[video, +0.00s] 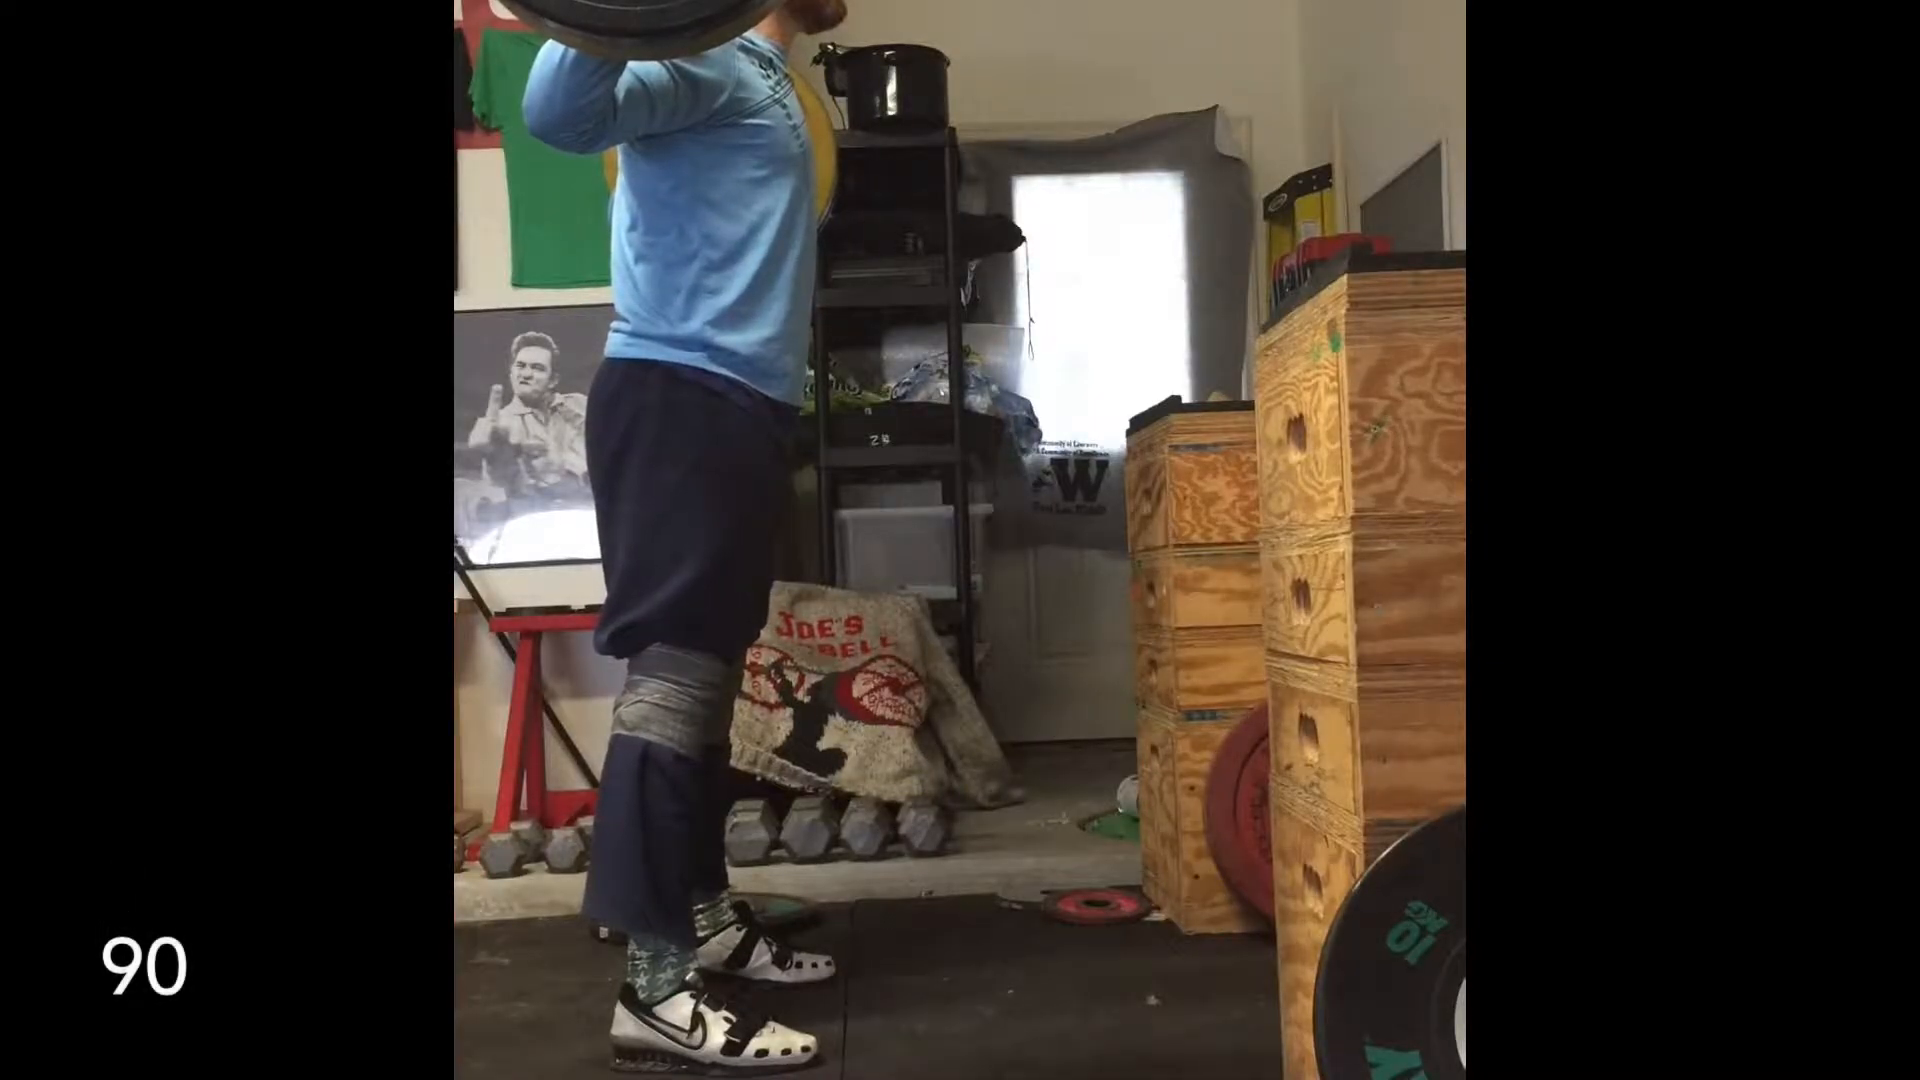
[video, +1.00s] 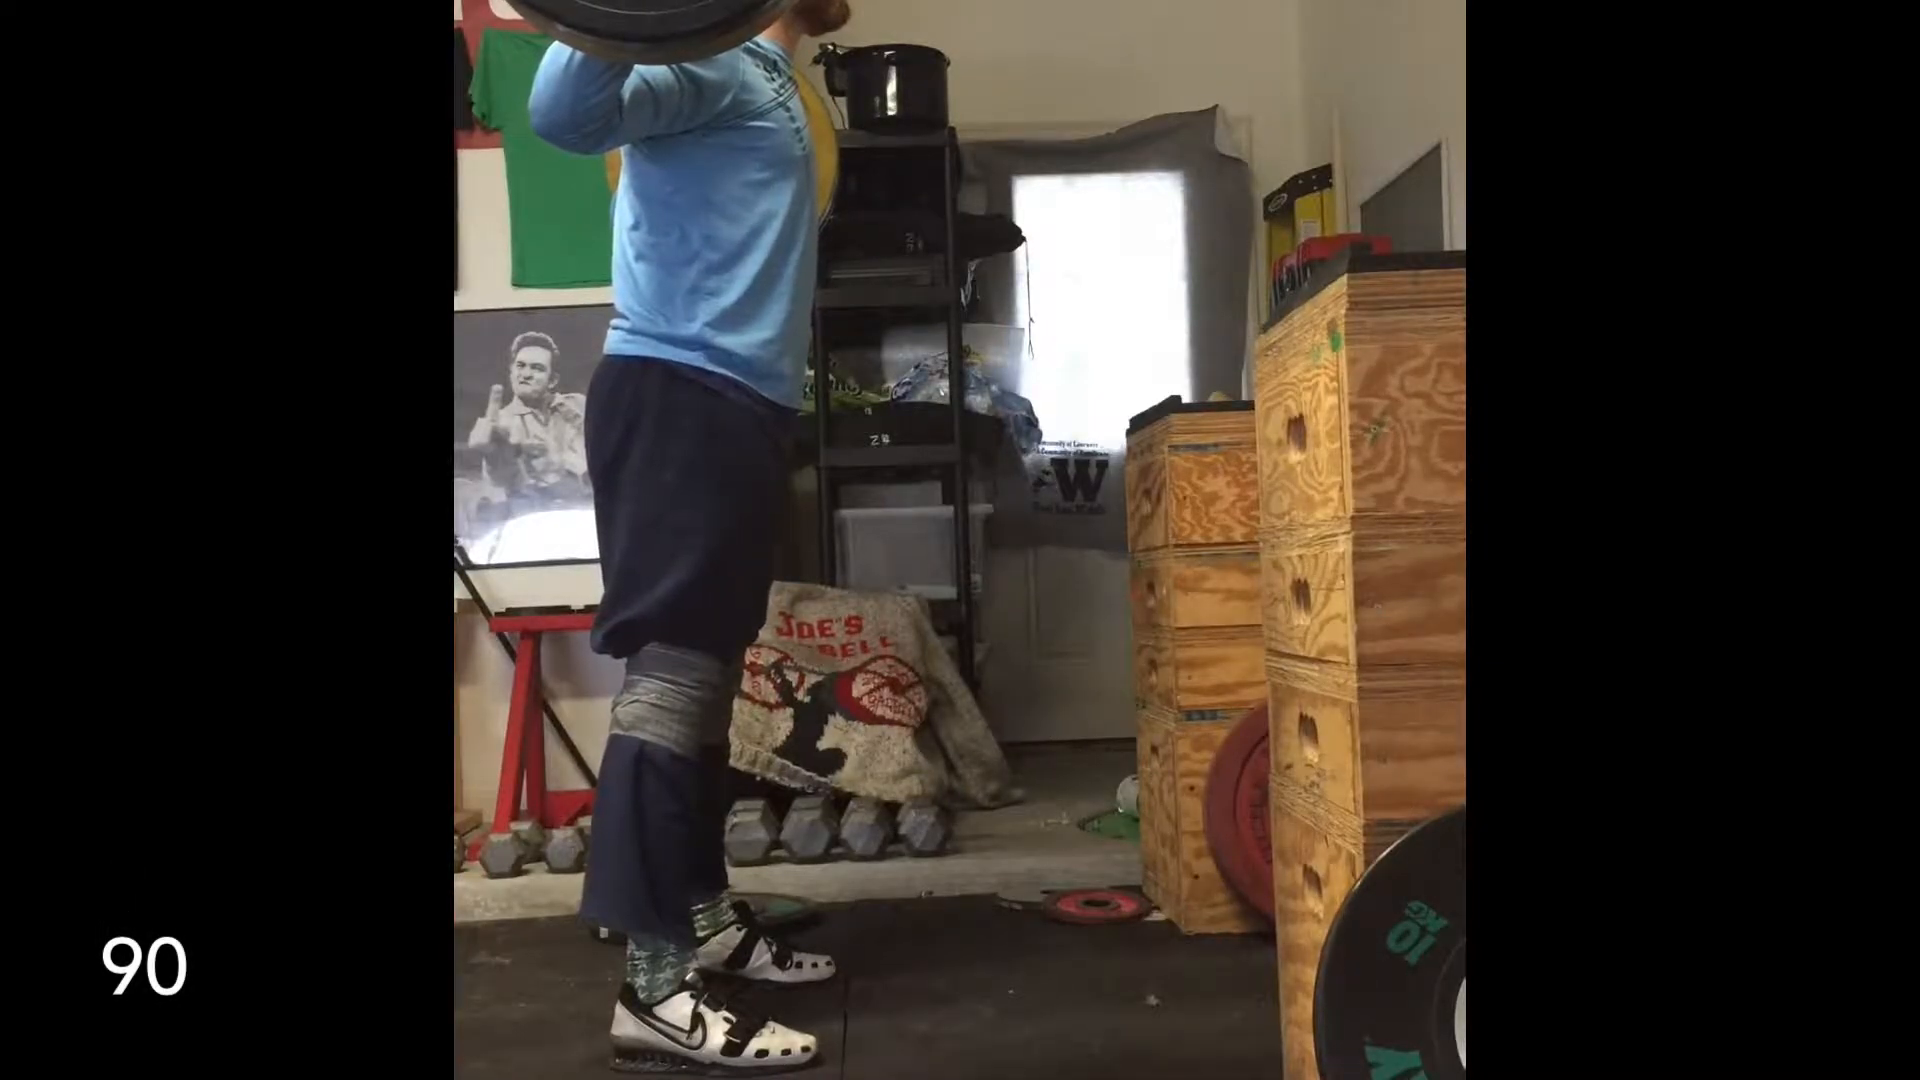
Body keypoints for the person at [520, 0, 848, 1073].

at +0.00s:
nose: (838, 7)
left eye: (836, 2)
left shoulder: (771, 77)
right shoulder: (705, 63)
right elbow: (556, 113)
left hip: (739, 407)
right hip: (681, 400)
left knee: (707, 673)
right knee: (675, 679)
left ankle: (699, 916)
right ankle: (655, 980)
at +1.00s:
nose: (850, 7)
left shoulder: (776, 80)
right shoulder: (714, 65)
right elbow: (561, 114)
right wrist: (620, 4)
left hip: (737, 408)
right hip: (682, 400)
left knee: (703, 674)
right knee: (675, 680)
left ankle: (702, 917)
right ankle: (655, 980)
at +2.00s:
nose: (845, 32)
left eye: (842, 18)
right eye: (832, 16)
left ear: (799, 36)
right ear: (788, 24)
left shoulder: (790, 129)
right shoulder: (720, 118)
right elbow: (573, 171)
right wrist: (631, 38)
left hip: (721, 442)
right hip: (665, 436)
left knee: (776, 677)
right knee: (785, 681)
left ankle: (711, 915)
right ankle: (665, 978)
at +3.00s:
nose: (872, 226)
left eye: (876, 206)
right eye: (863, 200)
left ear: (822, 194)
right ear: (799, 179)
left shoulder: (810, 295)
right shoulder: (726, 246)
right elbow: (711, 104)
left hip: (695, 568)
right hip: (616, 559)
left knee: (833, 694)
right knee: (816, 716)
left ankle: (736, 922)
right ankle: (666, 984)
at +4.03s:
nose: (905, 442)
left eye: (906, 422)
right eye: (892, 419)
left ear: (840, 414)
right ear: (832, 409)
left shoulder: (838, 521)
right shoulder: (758, 480)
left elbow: (762, 665)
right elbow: (757, 350)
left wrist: (840, 693)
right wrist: (738, 190)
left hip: (695, 774)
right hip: (619, 785)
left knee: (870, 718)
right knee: (858, 758)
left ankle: (746, 935)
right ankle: (676, 991)